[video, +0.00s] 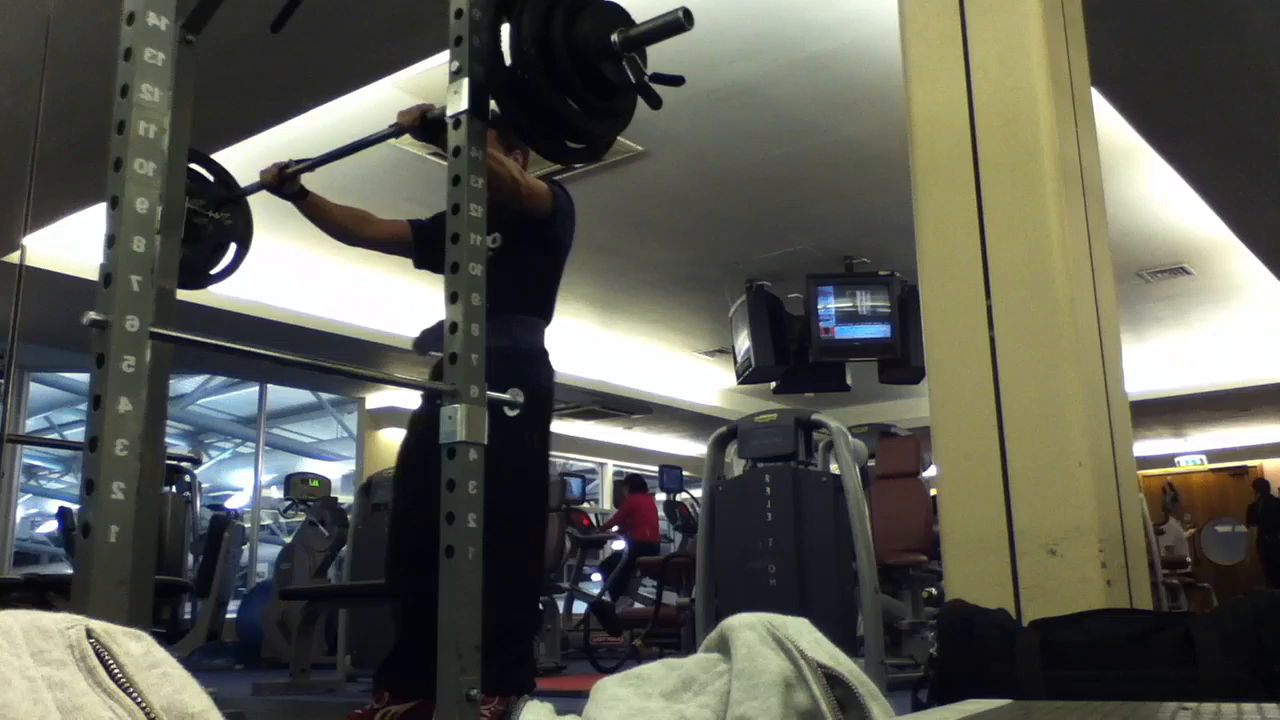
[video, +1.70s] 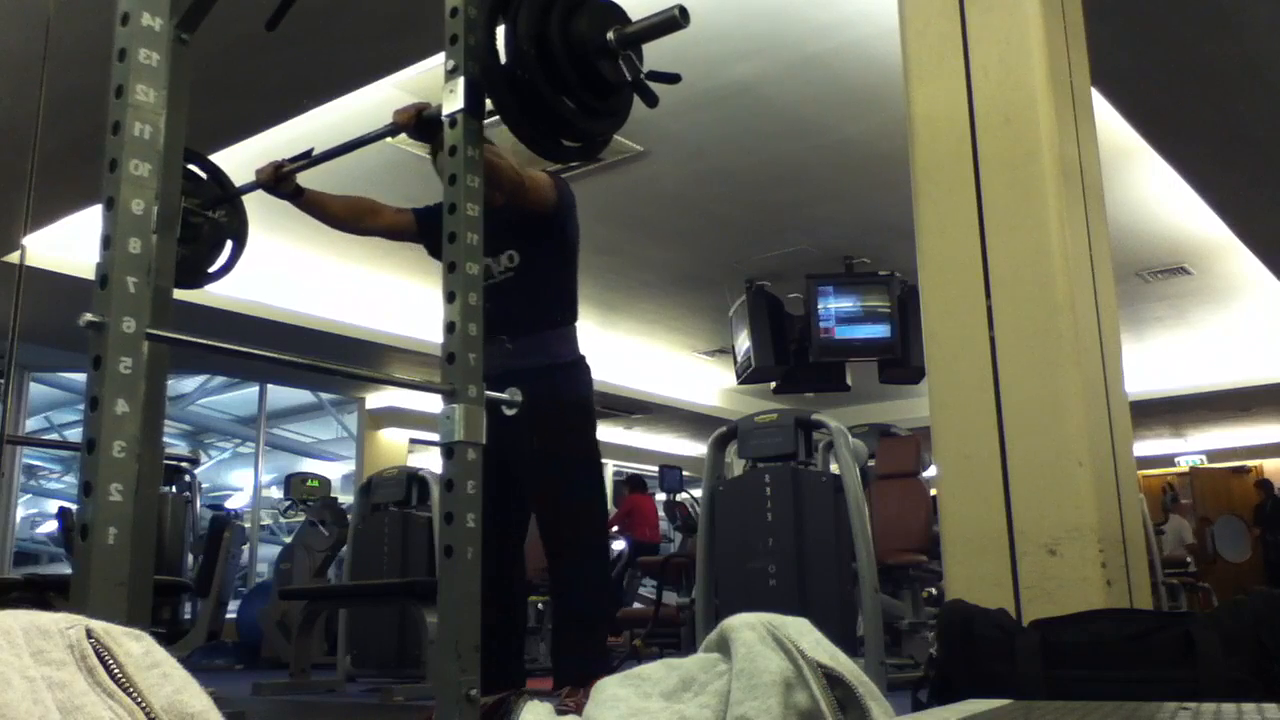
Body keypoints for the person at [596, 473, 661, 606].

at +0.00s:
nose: (624, 492)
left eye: (625, 488)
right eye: (624, 488)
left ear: (630, 488)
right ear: (644, 487)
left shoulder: (632, 500)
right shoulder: (650, 500)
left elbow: (616, 519)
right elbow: (637, 522)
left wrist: (601, 529)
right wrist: (619, 532)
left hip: (637, 546)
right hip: (654, 547)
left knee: (606, 566)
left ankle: (619, 599)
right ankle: (626, 598)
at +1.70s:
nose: (625, 491)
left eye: (626, 488)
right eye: (625, 488)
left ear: (631, 488)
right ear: (644, 487)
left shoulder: (631, 500)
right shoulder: (650, 500)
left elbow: (617, 518)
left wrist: (606, 527)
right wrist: (622, 529)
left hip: (637, 544)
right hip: (653, 544)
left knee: (618, 572)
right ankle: (629, 601)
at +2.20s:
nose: (624, 491)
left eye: (625, 488)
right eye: (624, 488)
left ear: (630, 487)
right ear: (642, 486)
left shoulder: (632, 500)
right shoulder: (650, 500)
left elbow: (618, 518)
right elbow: (635, 522)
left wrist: (600, 529)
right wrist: (618, 532)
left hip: (637, 545)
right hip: (654, 545)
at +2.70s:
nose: (626, 491)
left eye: (627, 488)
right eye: (626, 488)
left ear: (631, 487)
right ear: (644, 486)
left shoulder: (631, 500)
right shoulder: (650, 500)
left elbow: (617, 518)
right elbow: (636, 522)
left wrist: (601, 528)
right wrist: (618, 532)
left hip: (636, 545)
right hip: (654, 546)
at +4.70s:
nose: (623, 490)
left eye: (624, 487)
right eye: (624, 488)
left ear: (629, 487)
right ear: (642, 486)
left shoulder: (630, 500)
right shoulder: (649, 499)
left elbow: (615, 521)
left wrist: (600, 529)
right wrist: (619, 531)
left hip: (636, 546)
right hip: (654, 547)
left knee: (603, 552)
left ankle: (606, 589)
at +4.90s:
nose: (624, 491)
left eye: (625, 488)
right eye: (624, 488)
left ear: (629, 488)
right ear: (641, 486)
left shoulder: (631, 501)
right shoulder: (649, 500)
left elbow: (617, 519)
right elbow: (634, 523)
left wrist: (602, 529)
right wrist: (617, 532)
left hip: (637, 546)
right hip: (654, 546)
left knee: (609, 569)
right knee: (625, 572)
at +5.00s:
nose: (624, 491)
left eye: (625, 488)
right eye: (624, 488)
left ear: (629, 488)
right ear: (642, 487)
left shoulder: (630, 500)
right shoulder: (649, 500)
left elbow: (615, 519)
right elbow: (638, 522)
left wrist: (600, 530)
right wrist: (619, 531)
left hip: (637, 545)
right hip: (654, 545)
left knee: (614, 559)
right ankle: (633, 592)